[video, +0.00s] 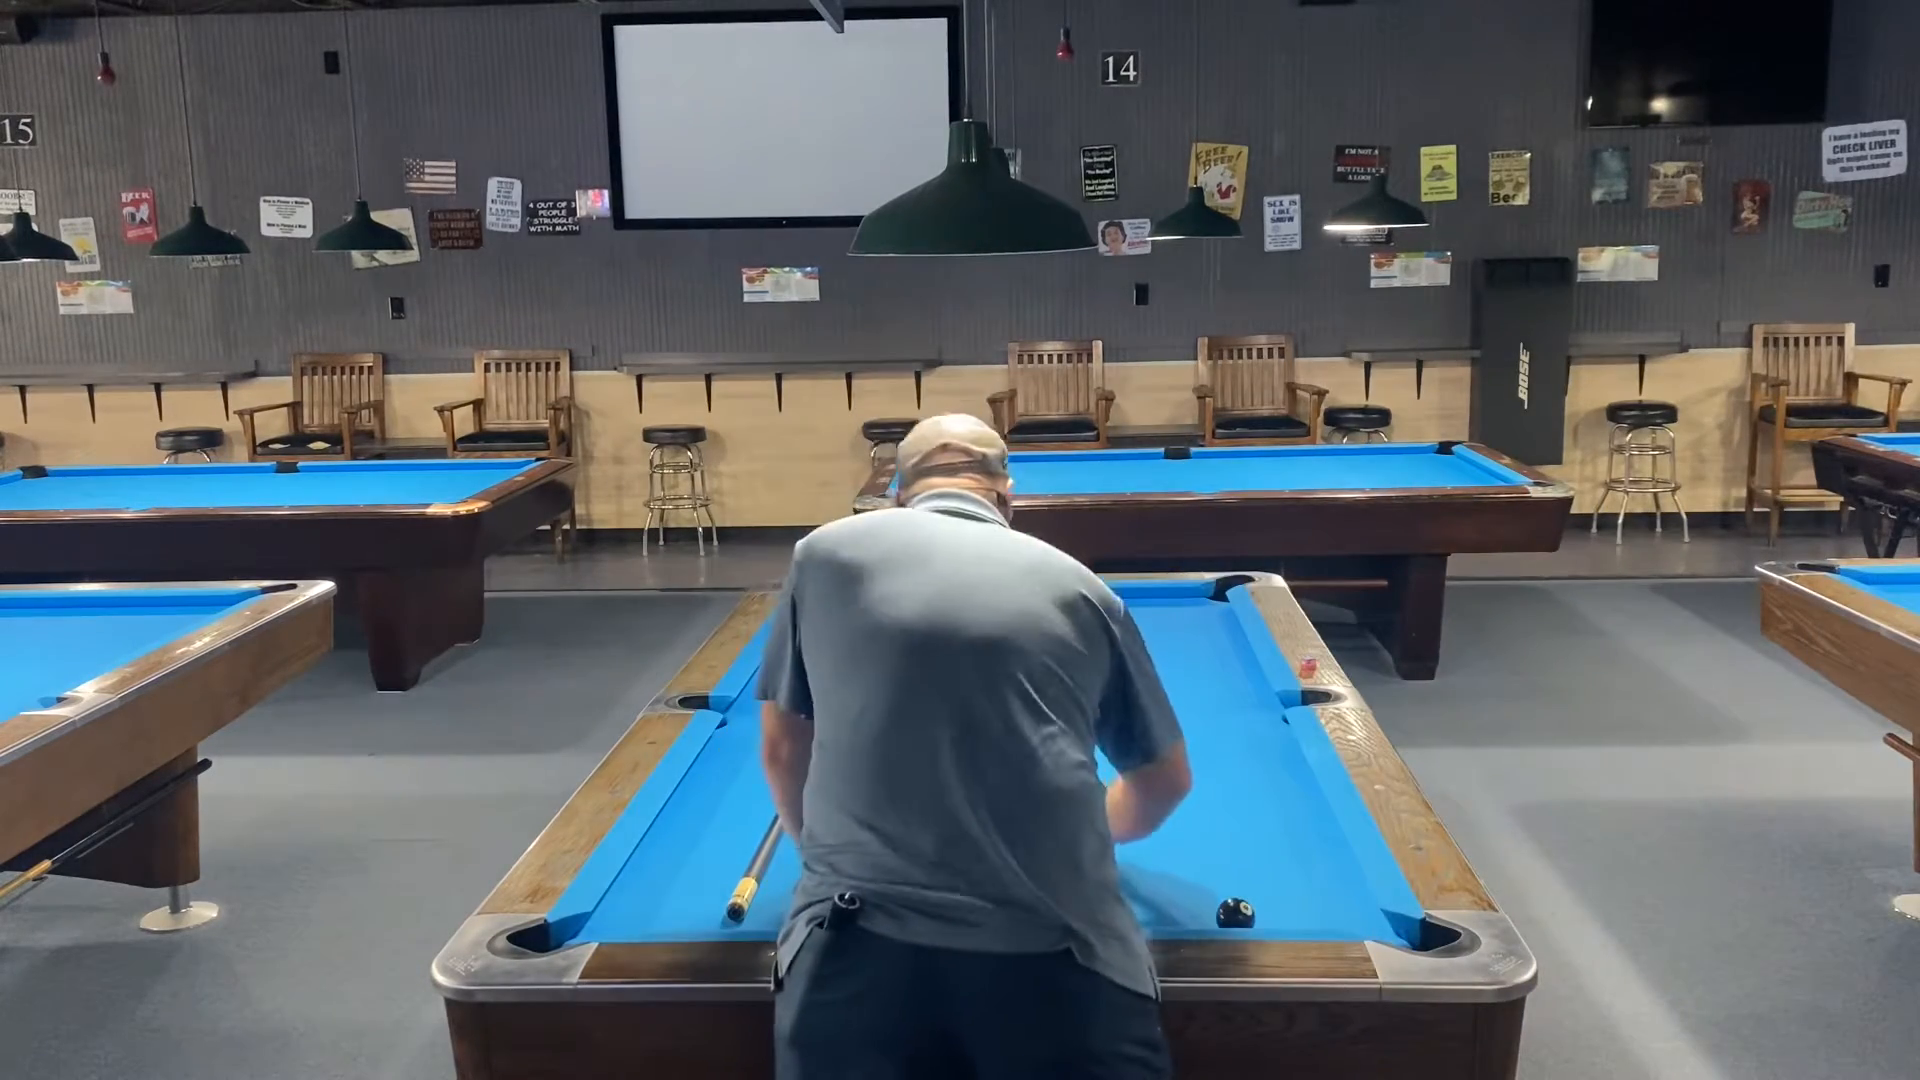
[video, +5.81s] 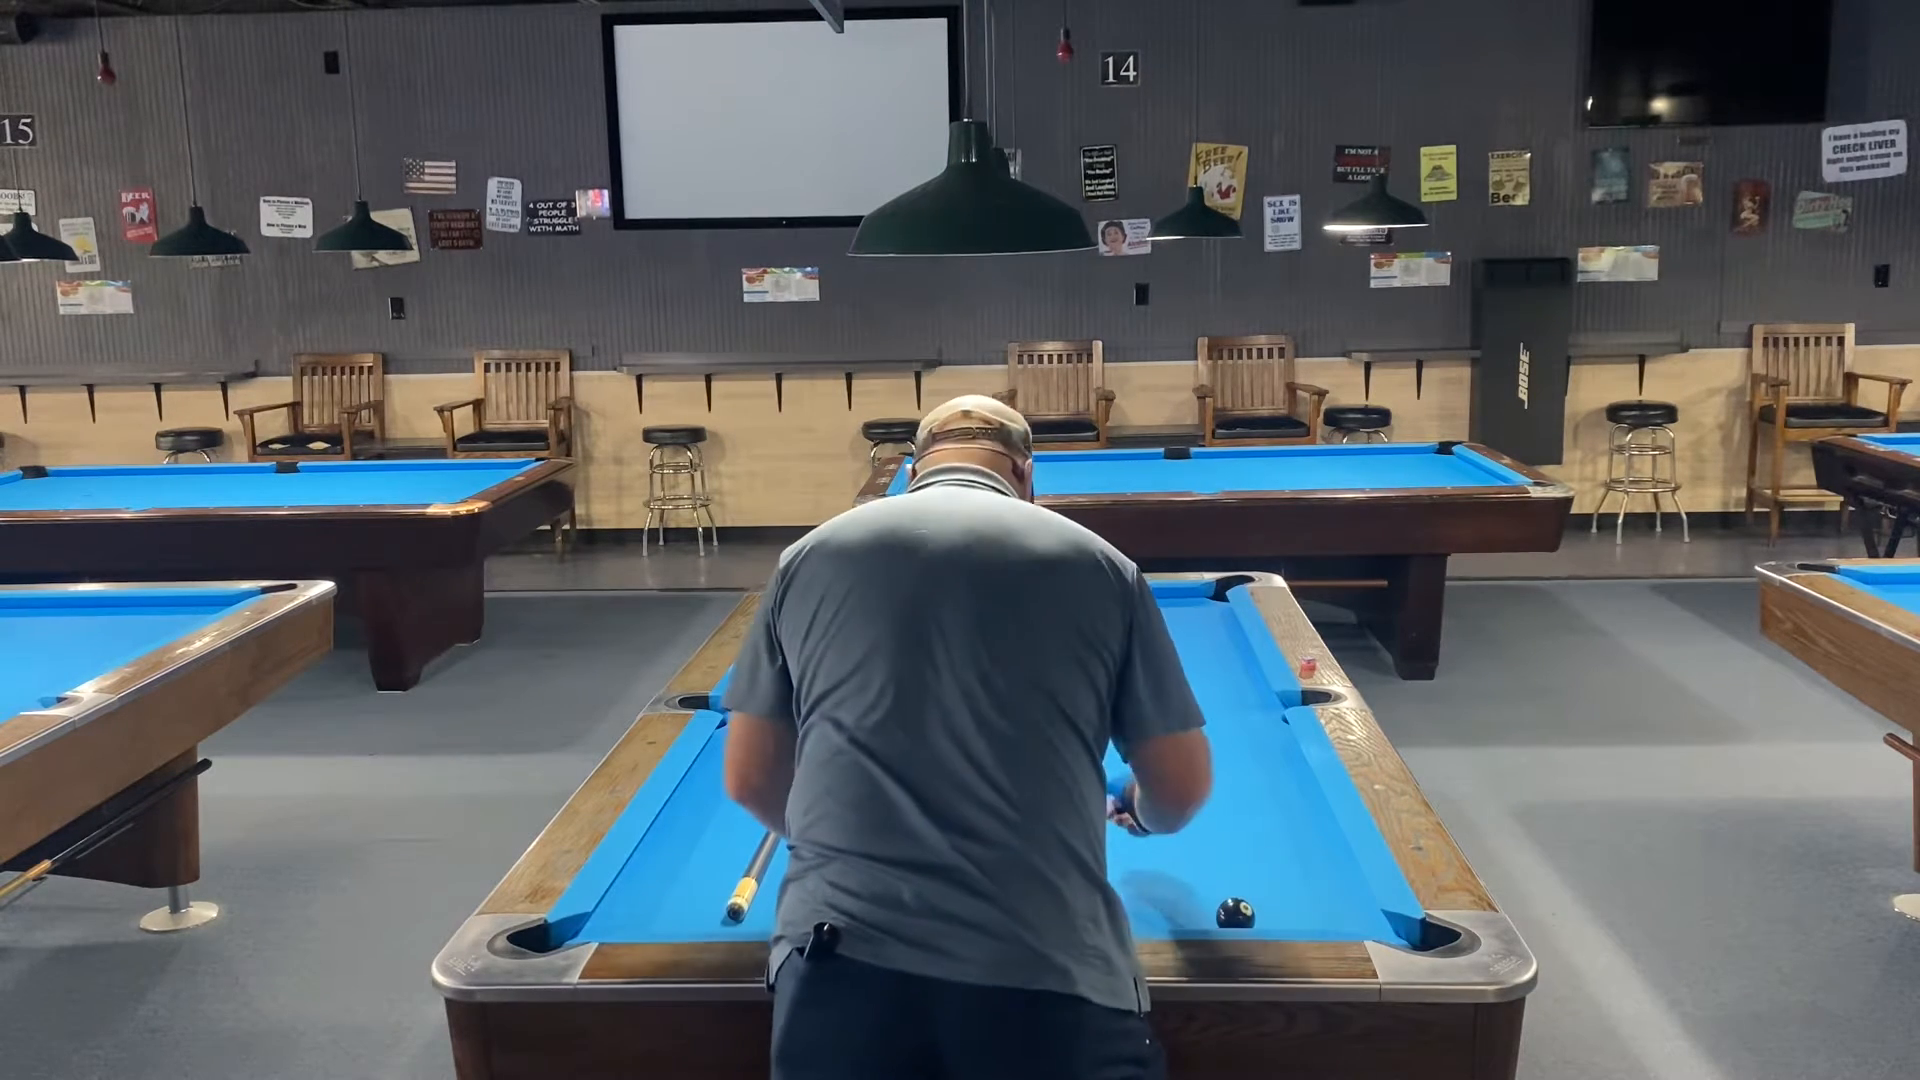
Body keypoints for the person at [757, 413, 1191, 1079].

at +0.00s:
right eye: (1006, 488)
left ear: (895, 497)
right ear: (1007, 495)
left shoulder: (826, 551)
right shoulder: (1080, 587)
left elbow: (783, 746)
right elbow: (1163, 779)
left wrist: (822, 849)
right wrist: (1067, 840)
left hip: (857, 969)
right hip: (1061, 976)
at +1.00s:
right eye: (1029, 519)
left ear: (917, 522)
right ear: (1023, 522)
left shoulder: (835, 583)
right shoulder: (1086, 600)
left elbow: (811, 757)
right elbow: (1171, 801)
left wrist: (877, 804)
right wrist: (1148, 831)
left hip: (847, 958)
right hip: (1048, 965)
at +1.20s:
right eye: (1059, 533)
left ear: (946, 522)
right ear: (1046, 531)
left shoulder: (857, 580)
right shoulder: (1101, 600)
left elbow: (858, 729)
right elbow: (1182, 812)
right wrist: (1163, 836)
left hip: (840, 956)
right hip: (1040, 966)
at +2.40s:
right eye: (1048, 493)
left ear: (931, 490)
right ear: (1039, 486)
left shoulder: (836, 573)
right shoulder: (1097, 578)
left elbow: (813, 768)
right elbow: (1164, 789)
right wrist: (1094, 825)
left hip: (844, 965)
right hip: (1047, 972)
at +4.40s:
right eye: (1020, 512)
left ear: (913, 519)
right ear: (1018, 517)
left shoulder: (834, 592)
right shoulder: (1089, 598)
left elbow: (809, 789)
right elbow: (1123, 801)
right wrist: (1031, 849)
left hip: (846, 956)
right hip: (1050, 963)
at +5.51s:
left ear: (916, 502)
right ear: (1025, 506)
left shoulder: (828, 569)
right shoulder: (1097, 583)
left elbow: (786, 779)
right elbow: (1137, 784)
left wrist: (887, 795)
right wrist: (1059, 782)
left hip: (846, 965)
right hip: (1051, 972)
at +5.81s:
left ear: (912, 474)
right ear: (1025, 477)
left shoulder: (815, 553)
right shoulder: (1102, 568)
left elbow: (750, 774)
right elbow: (1182, 784)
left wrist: (835, 832)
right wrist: (1140, 811)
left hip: (845, 978)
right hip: (1055, 992)